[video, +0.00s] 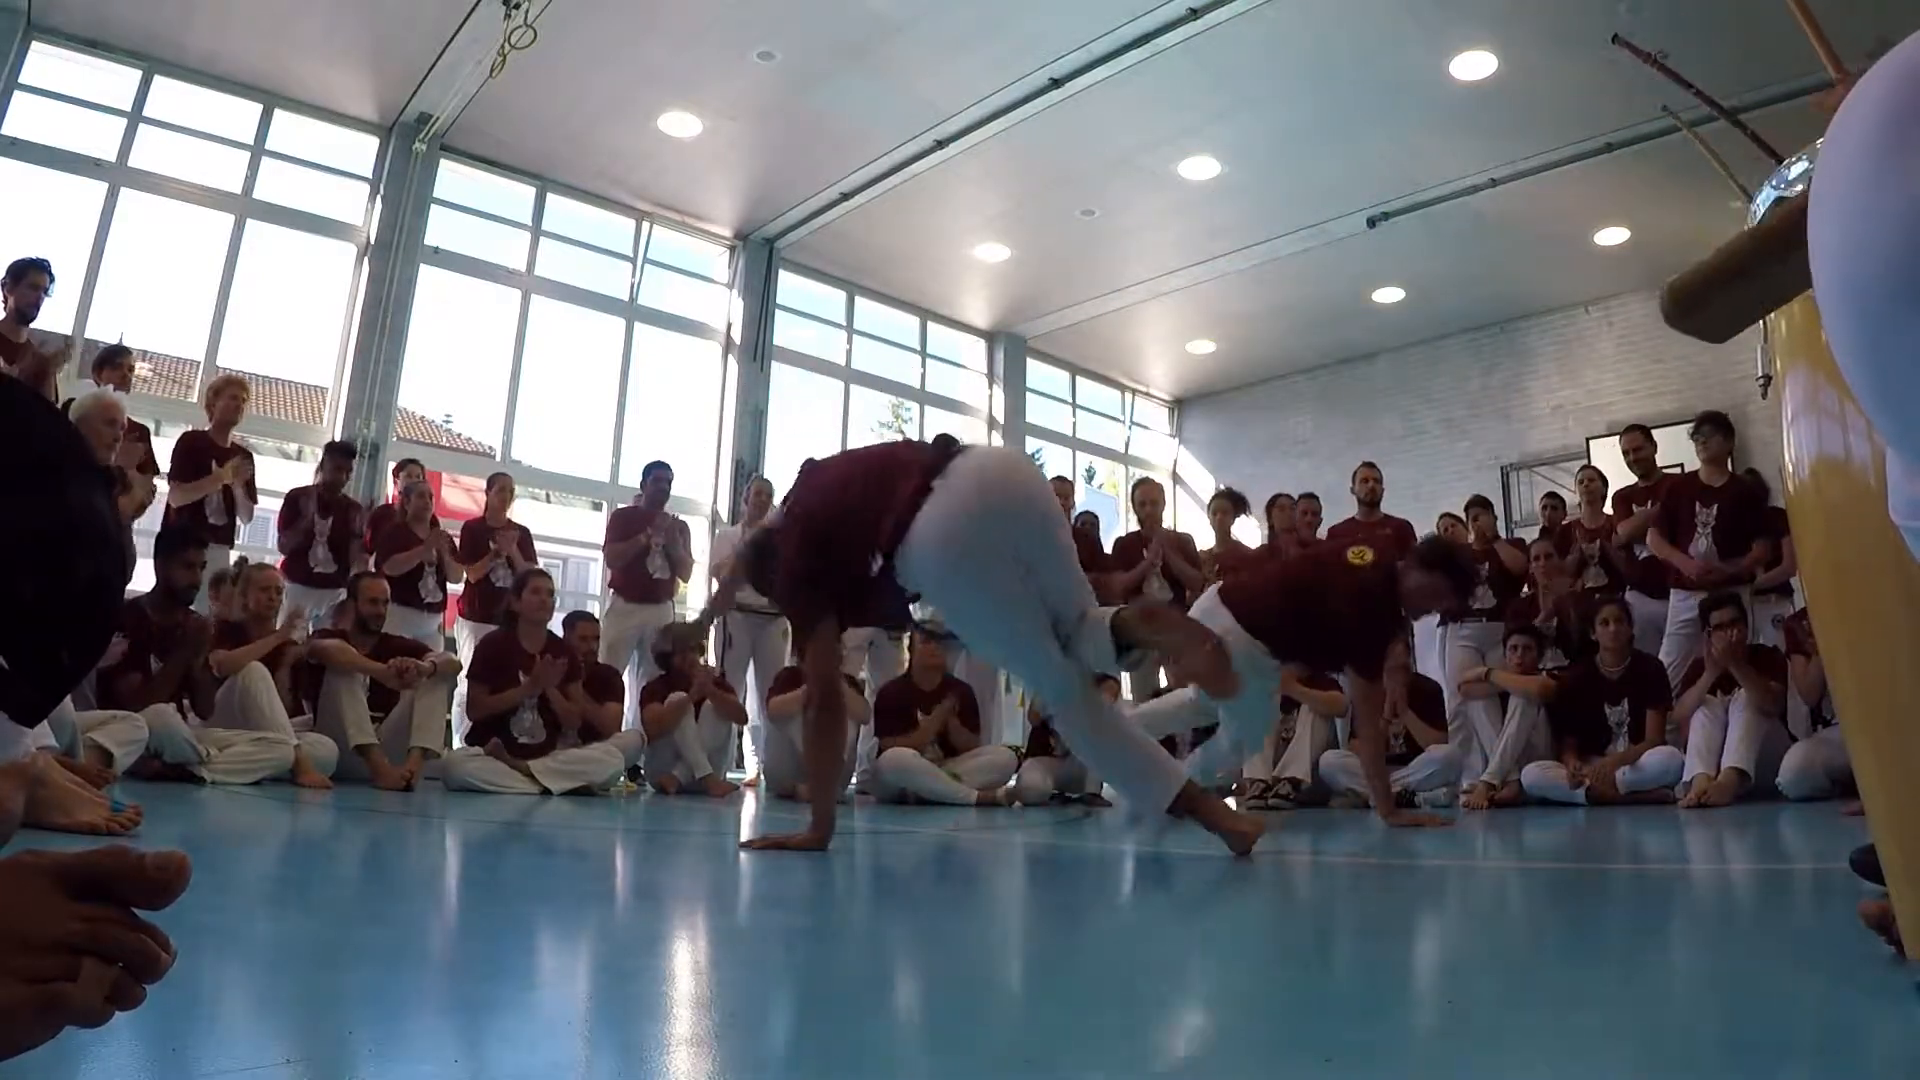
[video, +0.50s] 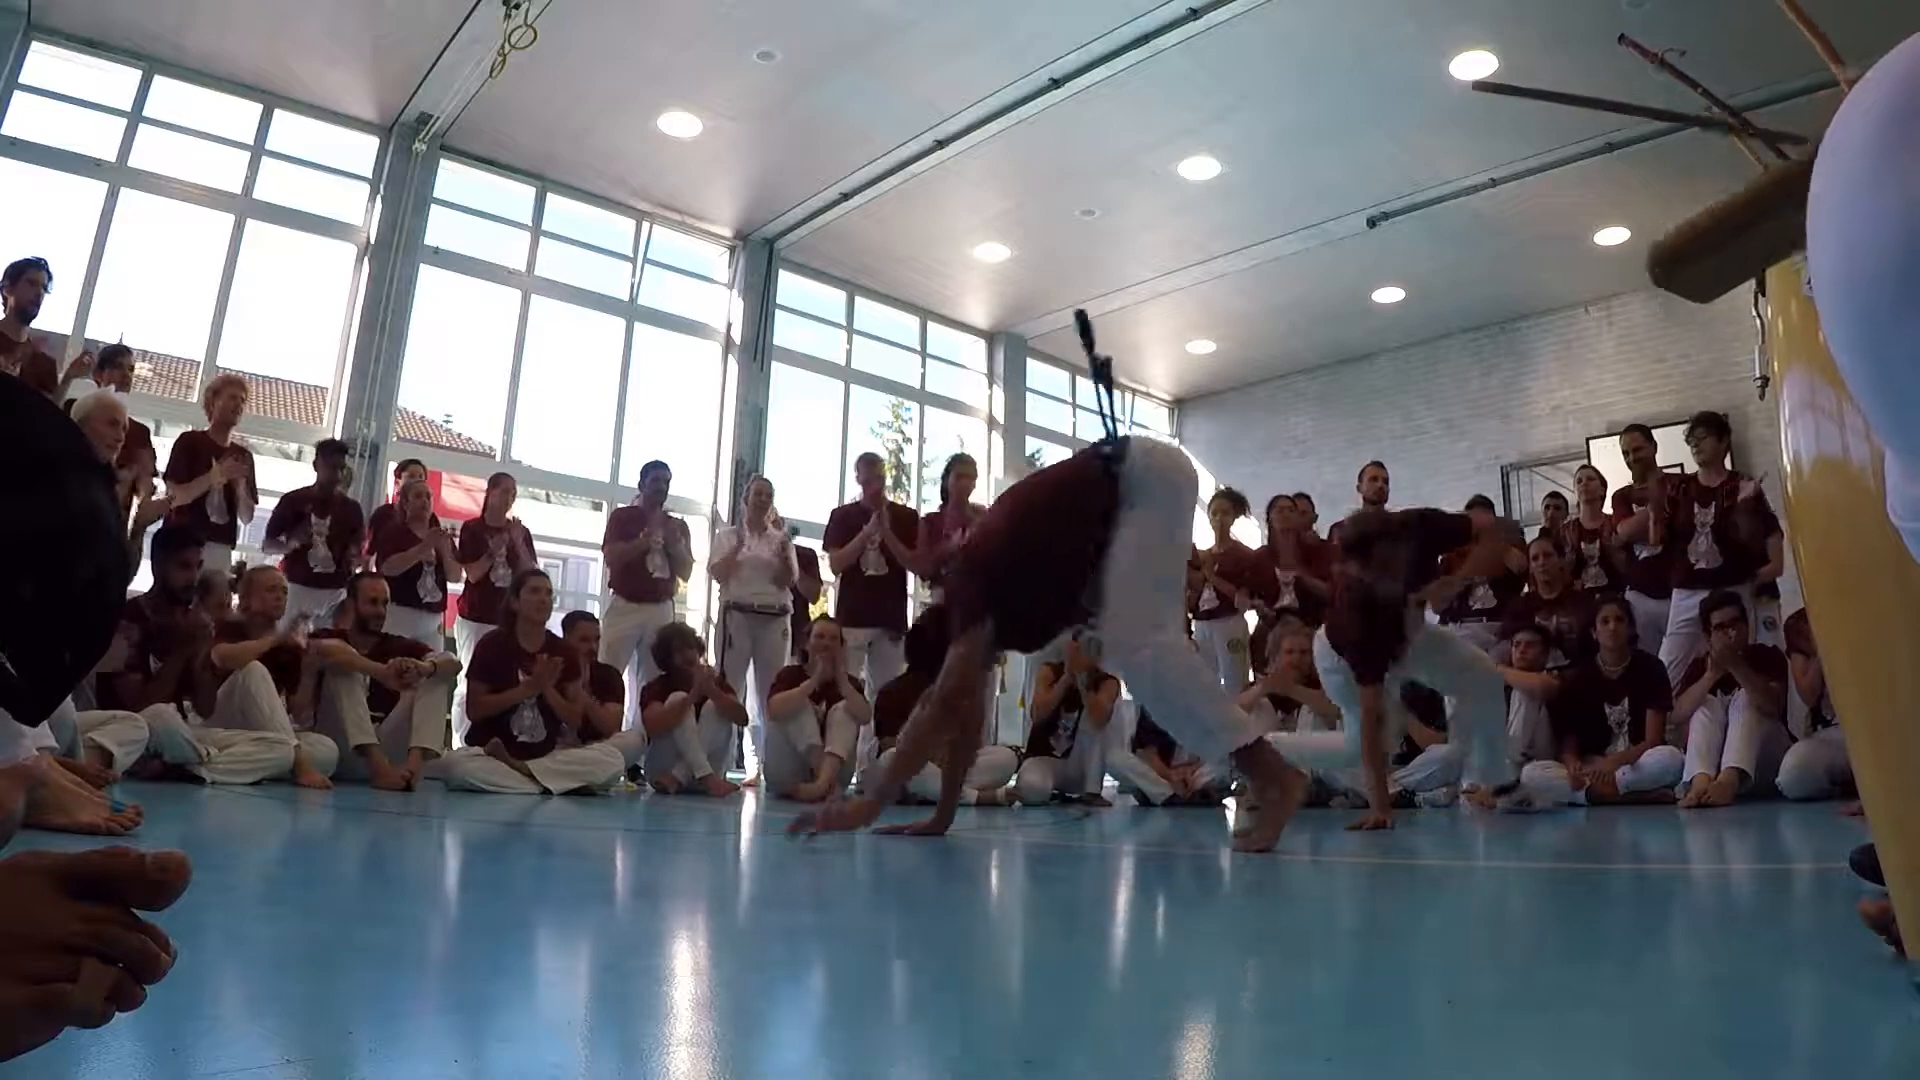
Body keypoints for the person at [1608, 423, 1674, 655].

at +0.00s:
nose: (1633, 458)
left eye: (1638, 450)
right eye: (1626, 453)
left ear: (1654, 447)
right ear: (1622, 457)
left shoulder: (1678, 484)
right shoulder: (1622, 496)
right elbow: (1623, 533)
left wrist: (1634, 525)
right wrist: (1658, 510)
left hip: (1679, 592)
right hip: (1639, 594)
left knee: (1682, 672)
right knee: (1643, 671)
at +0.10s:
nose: (1632, 458)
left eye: (1638, 450)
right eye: (1627, 453)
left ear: (1654, 447)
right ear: (1622, 456)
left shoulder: (1679, 484)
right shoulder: (1622, 497)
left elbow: (1674, 536)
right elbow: (1624, 532)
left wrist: (1632, 528)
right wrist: (1661, 507)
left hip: (1679, 592)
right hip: (1640, 594)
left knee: (1683, 672)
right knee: (1645, 671)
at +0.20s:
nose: (1633, 458)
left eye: (1638, 450)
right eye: (1626, 454)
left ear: (1654, 447)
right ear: (1622, 457)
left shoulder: (1679, 483)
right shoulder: (1622, 496)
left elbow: (1690, 531)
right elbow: (1625, 532)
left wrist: (1634, 528)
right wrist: (1664, 509)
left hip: (1679, 592)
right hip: (1640, 596)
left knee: (1682, 672)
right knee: (1645, 671)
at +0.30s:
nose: (1632, 458)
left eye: (1638, 450)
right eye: (1626, 454)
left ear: (1654, 447)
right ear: (1622, 457)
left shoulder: (1679, 483)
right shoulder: (1622, 496)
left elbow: (1687, 530)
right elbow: (1626, 531)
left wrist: (1636, 527)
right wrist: (1661, 510)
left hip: (1680, 592)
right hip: (1640, 596)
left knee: (1682, 672)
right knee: (1646, 671)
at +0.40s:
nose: (1633, 458)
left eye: (1638, 450)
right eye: (1627, 454)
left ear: (1654, 447)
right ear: (1622, 457)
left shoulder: (1679, 483)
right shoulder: (1622, 496)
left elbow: (1680, 523)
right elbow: (1625, 531)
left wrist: (1632, 528)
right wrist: (1661, 509)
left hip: (1680, 592)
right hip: (1640, 596)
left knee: (1682, 672)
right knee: (1644, 670)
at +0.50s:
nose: (1632, 458)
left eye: (1638, 450)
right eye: (1626, 453)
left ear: (1654, 447)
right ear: (1622, 457)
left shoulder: (1679, 484)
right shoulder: (1621, 496)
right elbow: (1624, 531)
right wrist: (1657, 505)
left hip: (1679, 590)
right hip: (1640, 593)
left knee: (1683, 670)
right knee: (1646, 669)